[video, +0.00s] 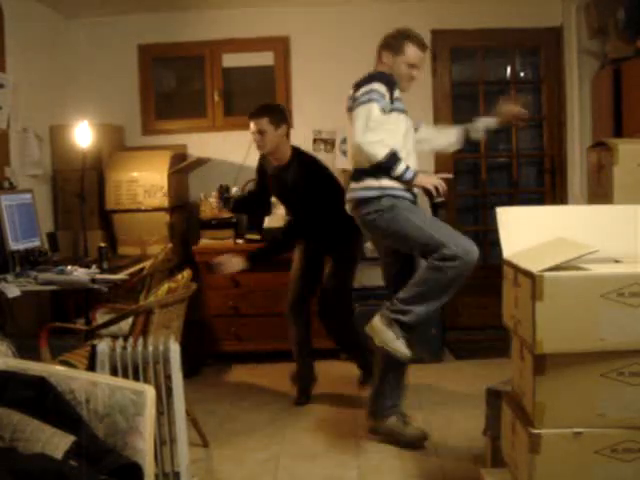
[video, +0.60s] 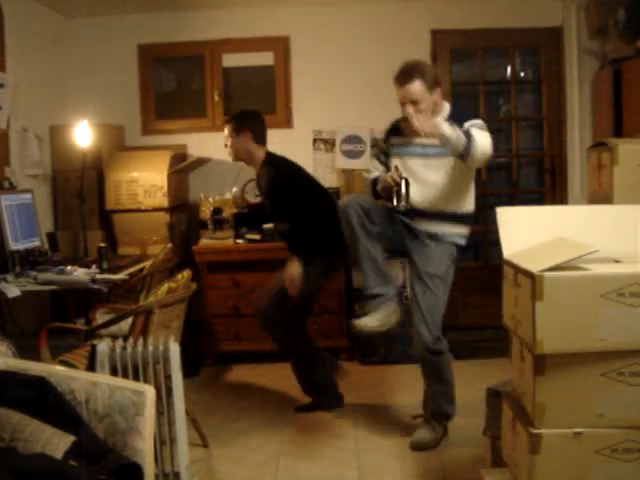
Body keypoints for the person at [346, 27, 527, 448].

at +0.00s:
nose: (416, 75)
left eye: (420, 68)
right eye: (411, 65)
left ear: (411, 67)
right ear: (386, 59)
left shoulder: (397, 107)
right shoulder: (375, 87)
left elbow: (433, 139)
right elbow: (366, 142)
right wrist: (412, 175)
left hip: (393, 201)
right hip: (377, 199)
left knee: (403, 305)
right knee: (461, 253)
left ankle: (385, 413)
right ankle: (392, 319)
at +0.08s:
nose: (421, 88)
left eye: (425, 81)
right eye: (416, 79)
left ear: (423, 81)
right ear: (391, 73)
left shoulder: (414, 117)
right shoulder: (370, 103)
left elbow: (463, 128)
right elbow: (359, 154)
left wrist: (521, 129)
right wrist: (411, 182)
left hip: (405, 209)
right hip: (376, 205)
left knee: (416, 307)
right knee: (452, 249)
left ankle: (399, 416)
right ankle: (395, 329)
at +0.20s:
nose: (426, 115)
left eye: (432, 108)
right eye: (418, 106)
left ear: (438, 105)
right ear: (397, 99)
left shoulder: (439, 136)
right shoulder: (374, 128)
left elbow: (485, 144)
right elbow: (350, 183)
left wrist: (543, 144)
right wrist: (402, 201)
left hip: (424, 234)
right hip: (383, 226)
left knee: (441, 324)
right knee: (410, 278)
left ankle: (400, 417)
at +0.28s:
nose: (424, 112)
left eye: (431, 105)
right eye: (417, 104)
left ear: (436, 102)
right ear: (397, 96)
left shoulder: (442, 134)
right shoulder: (372, 128)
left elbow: (490, 144)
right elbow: (348, 186)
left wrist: (549, 146)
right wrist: (400, 201)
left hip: (426, 234)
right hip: (383, 227)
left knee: (442, 332)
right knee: (409, 279)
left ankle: (399, 417)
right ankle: (425, 369)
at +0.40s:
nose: (406, 82)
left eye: (414, 74)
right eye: (398, 74)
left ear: (425, 72)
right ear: (385, 69)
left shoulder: (449, 108)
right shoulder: (365, 117)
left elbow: (492, 137)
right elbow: (346, 172)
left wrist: (523, 173)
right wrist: (389, 187)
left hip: (439, 224)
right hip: (395, 212)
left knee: (425, 326)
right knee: (391, 223)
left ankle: (401, 416)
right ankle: (399, 339)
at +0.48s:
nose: (403, 80)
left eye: (410, 71)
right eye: (395, 73)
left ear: (426, 67)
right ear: (386, 72)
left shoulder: (455, 104)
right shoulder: (376, 113)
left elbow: (492, 142)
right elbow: (354, 154)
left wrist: (485, 185)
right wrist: (381, 178)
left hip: (440, 213)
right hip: (397, 207)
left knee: (430, 322)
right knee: (382, 215)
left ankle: (424, 411)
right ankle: (390, 303)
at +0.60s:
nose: (409, 112)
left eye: (416, 102)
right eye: (403, 104)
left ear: (438, 97)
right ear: (399, 103)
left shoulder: (465, 128)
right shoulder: (395, 135)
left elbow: (481, 153)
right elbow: (374, 172)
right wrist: (384, 183)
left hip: (439, 238)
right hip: (400, 226)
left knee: (427, 336)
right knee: (352, 207)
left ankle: (437, 417)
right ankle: (383, 297)